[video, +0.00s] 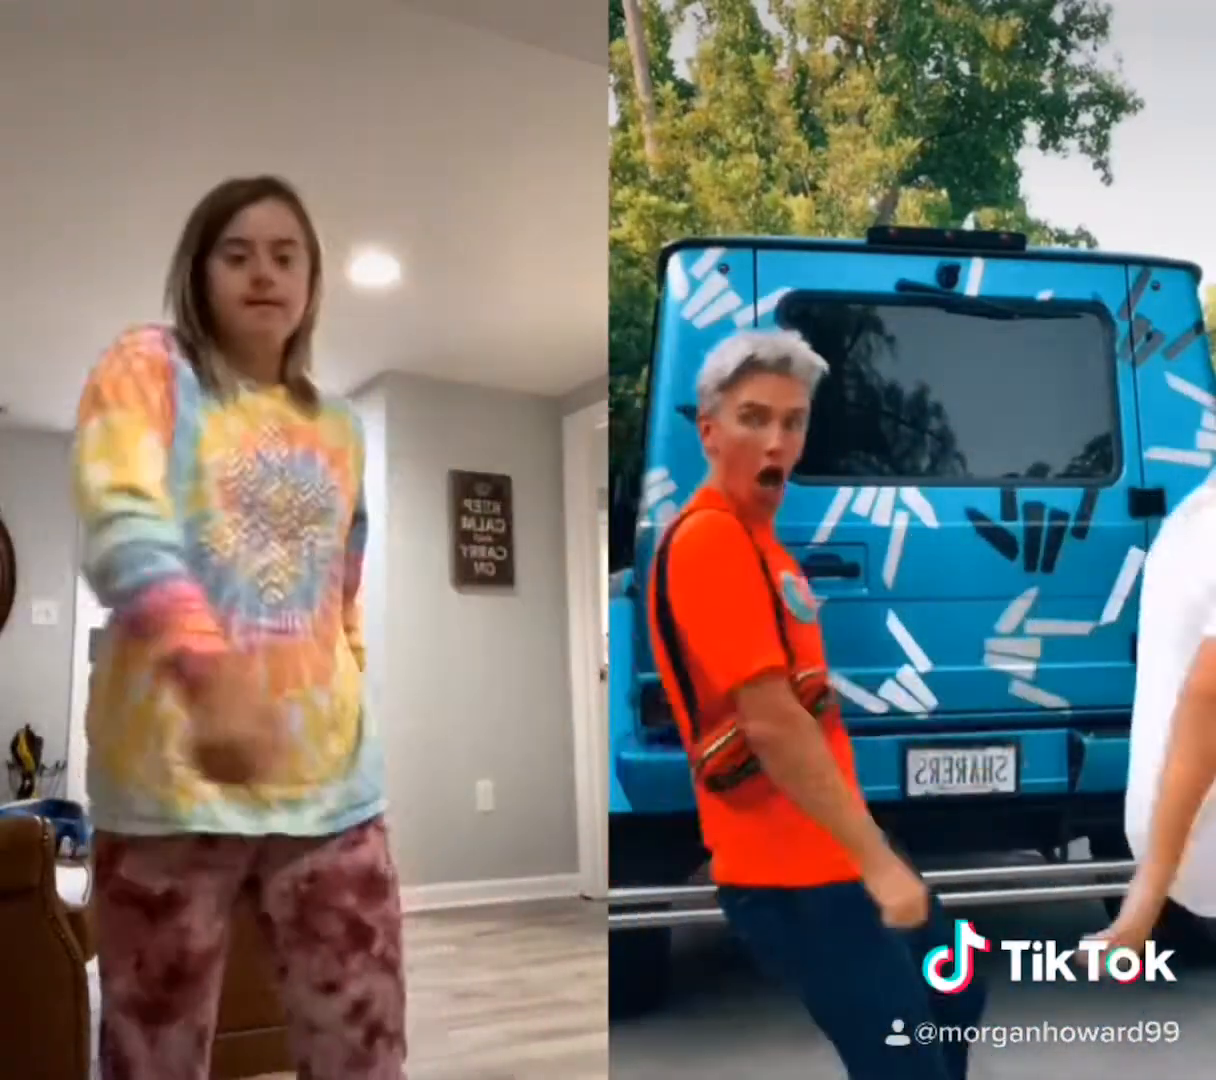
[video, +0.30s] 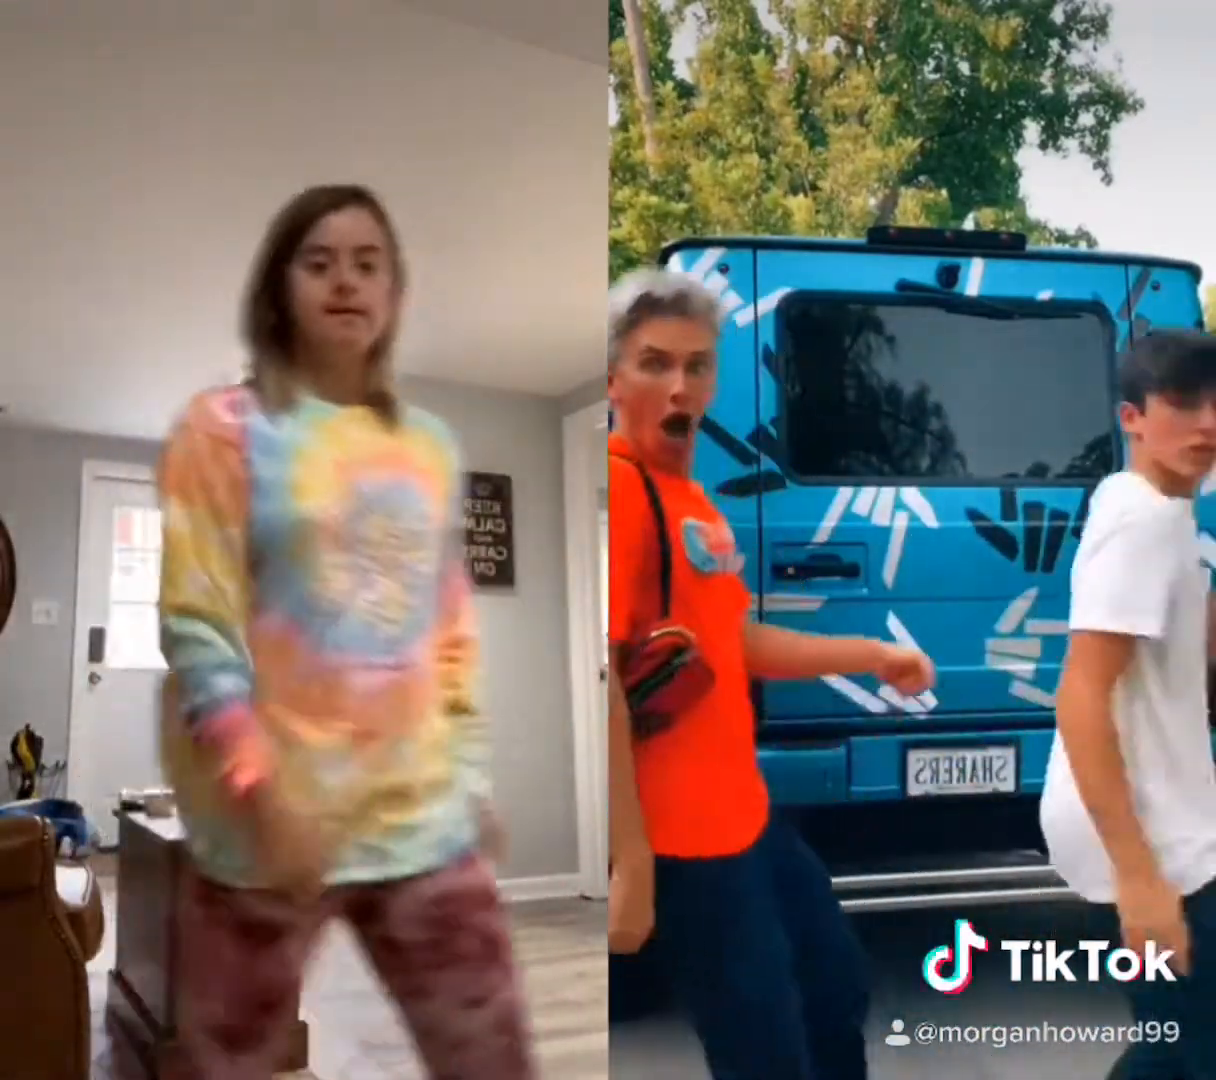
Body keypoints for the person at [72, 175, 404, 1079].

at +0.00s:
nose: (264, 274)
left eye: (286, 255)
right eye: (237, 253)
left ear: (312, 281)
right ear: (198, 276)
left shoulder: (340, 427)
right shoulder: (145, 366)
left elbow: (343, 596)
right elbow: (120, 530)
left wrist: (340, 707)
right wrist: (209, 672)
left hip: (328, 790)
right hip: (169, 793)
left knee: (362, 1054)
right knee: (156, 1060)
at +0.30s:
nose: (347, 282)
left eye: (369, 263)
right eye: (319, 263)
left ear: (395, 292)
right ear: (280, 288)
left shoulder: (428, 443)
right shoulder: (223, 429)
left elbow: (452, 632)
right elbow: (197, 626)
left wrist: (467, 781)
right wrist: (264, 792)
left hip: (418, 822)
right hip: (262, 831)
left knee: (495, 1063)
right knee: (228, 1067)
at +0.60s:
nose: (470, 263)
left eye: (492, 242)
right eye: (442, 244)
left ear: (522, 267)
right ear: (404, 273)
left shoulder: (563, 425)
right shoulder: (356, 425)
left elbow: (574, 607)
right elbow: (282, 630)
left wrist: (613, 704)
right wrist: (235, 804)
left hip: (561, 805)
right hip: (431, 811)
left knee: (579, 1062)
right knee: (524, 1063)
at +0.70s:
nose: (501, 254)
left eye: (523, 232)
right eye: (471, 234)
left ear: (551, 261)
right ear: (431, 261)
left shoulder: (585, 420)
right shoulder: (385, 421)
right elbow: (332, 628)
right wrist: (309, 801)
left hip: (582, 793)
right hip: (457, 801)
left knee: (582, 1053)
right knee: (563, 1056)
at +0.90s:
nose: (539, 239)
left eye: (561, 216)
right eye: (508, 220)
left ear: (591, 243)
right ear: (467, 246)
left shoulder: (575, 396)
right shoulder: (444, 389)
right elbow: (419, 622)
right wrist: (454, 828)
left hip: (590, 821)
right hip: (519, 830)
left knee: (581, 1060)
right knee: (570, 1064)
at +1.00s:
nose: (544, 233)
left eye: (565, 209)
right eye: (513, 213)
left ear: (593, 233)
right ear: (473, 239)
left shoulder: (541, 372)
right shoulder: (468, 358)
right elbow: (464, 591)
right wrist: (537, 798)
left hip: (544, 793)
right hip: (496, 806)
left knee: (565, 1058)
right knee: (561, 1061)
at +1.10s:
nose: (528, 232)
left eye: (550, 209)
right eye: (498, 212)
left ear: (577, 231)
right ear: (459, 237)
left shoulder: (516, 367)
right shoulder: (455, 352)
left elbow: (518, 564)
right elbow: (488, 563)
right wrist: (574, 725)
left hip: (527, 795)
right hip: (488, 801)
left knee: (561, 1059)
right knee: (560, 1061)